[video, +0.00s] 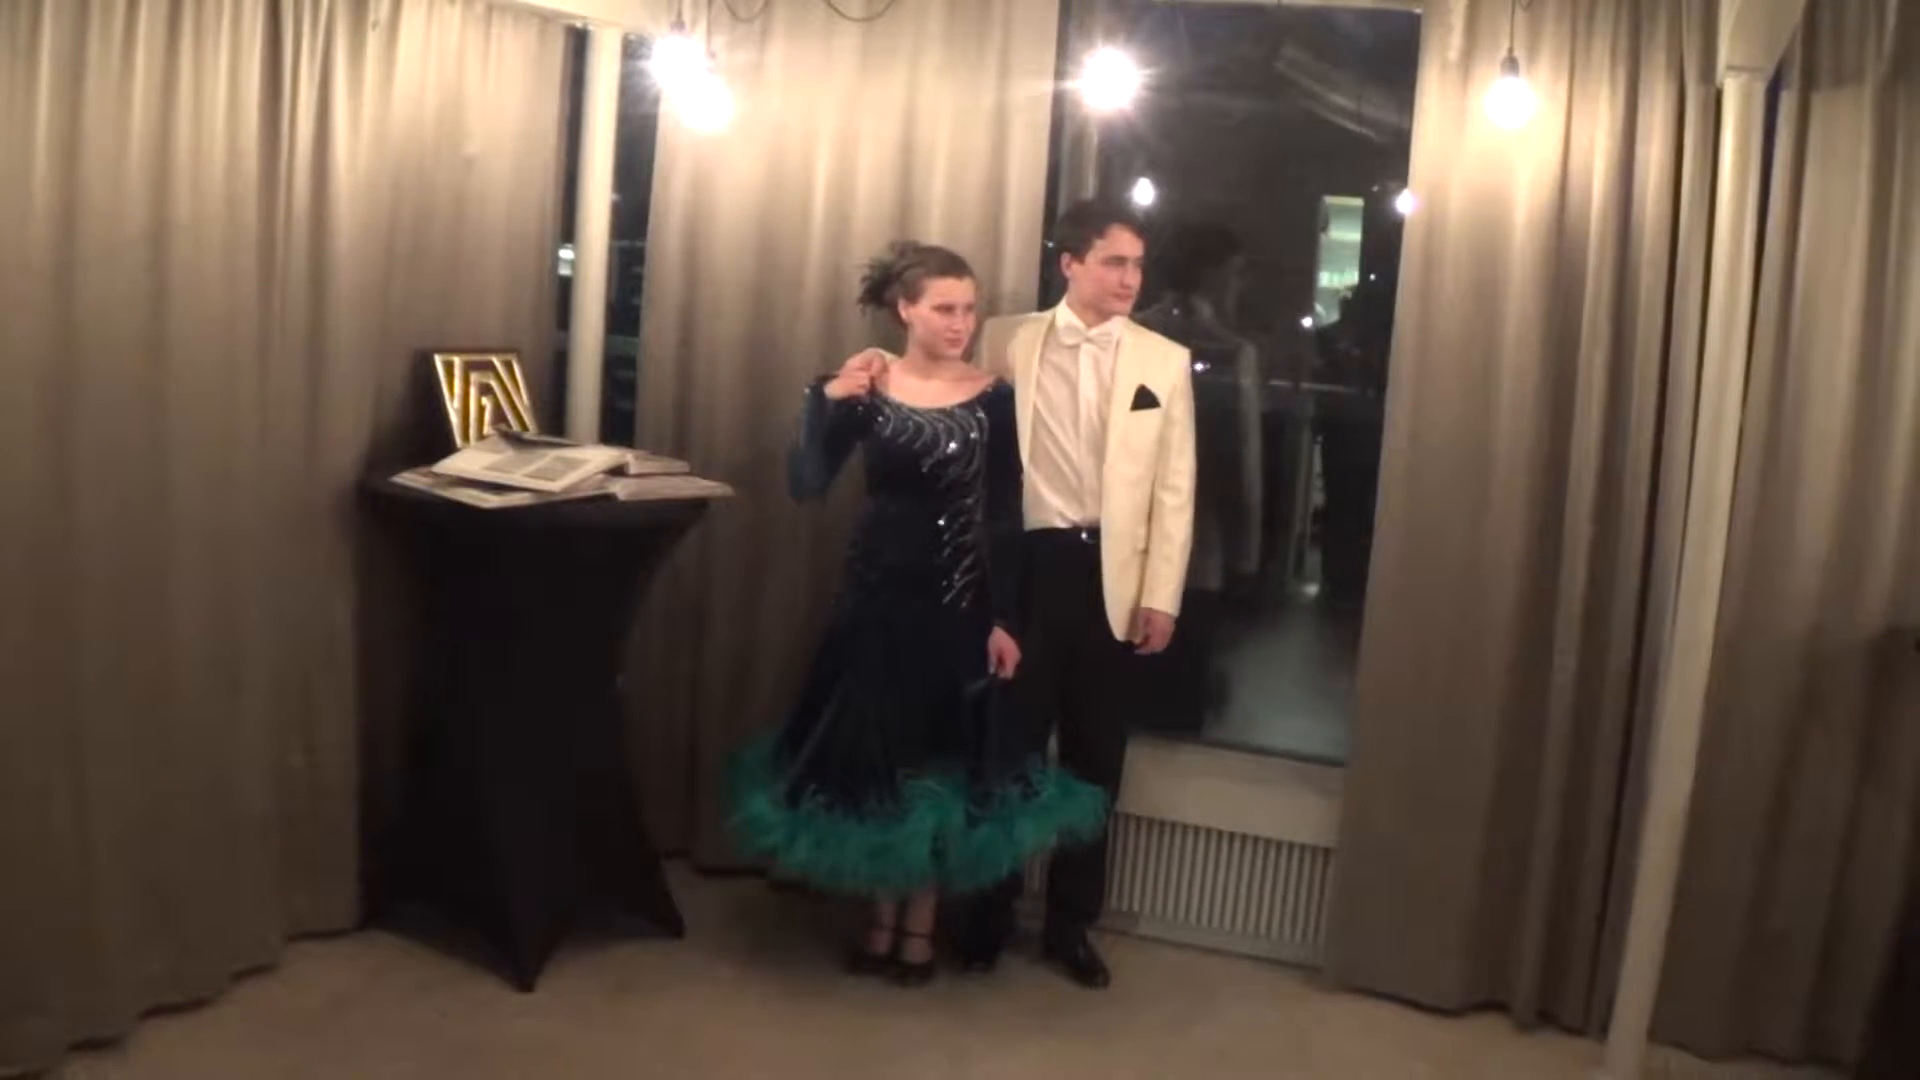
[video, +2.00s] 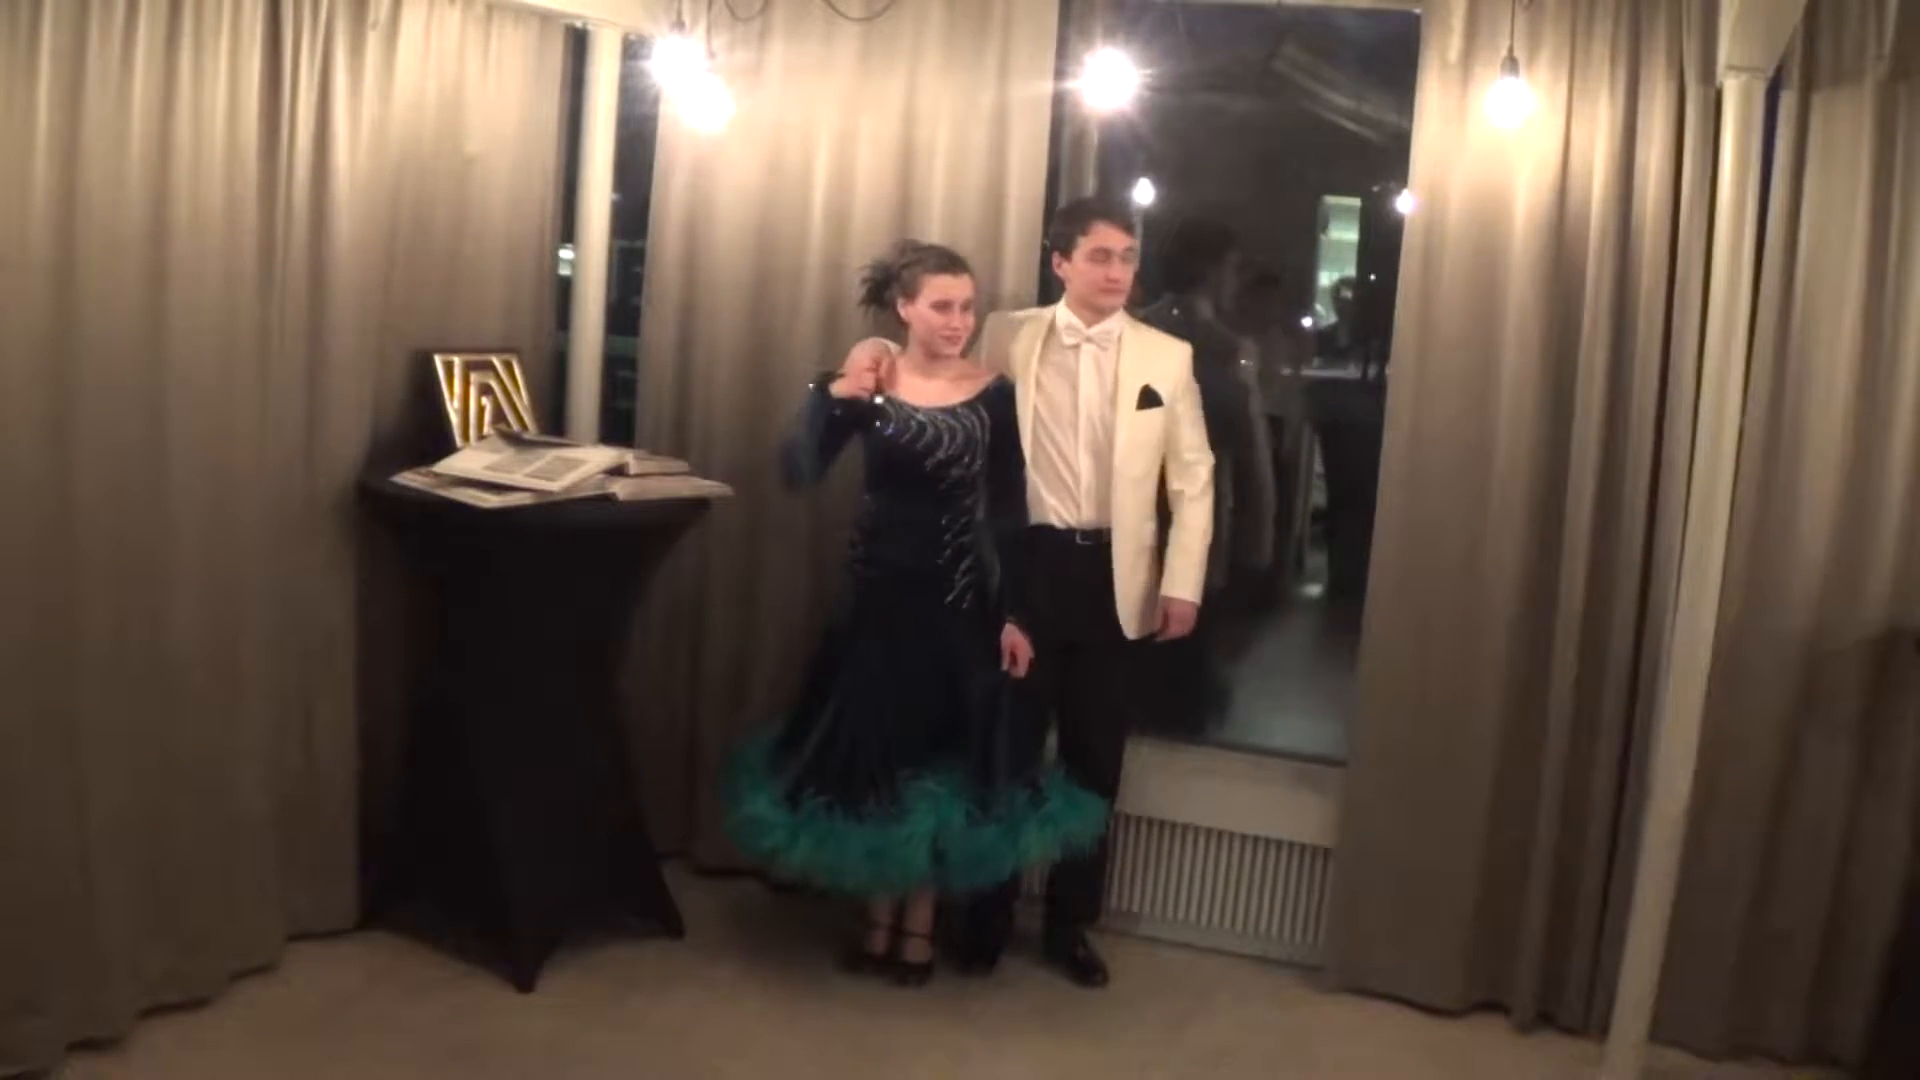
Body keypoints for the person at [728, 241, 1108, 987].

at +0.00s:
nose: (959, 323)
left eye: (968, 309)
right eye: (943, 309)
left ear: (980, 314)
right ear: (903, 311)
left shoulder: (991, 397)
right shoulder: (870, 384)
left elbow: (1004, 514)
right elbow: (808, 483)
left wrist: (1004, 617)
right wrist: (829, 397)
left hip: (958, 596)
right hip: (881, 588)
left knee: (938, 752)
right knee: (877, 747)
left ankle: (922, 908)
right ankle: (877, 906)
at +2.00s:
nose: (956, 321)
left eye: (966, 307)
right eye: (940, 307)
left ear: (979, 313)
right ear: (902, 310)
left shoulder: (991, 394)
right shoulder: (873, 383)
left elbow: (1007, 510)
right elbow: (799, 470)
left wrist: (1013, 613)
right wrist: (839, 389)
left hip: (961, 595)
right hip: (883, 588)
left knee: (940, 752)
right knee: (880, 749)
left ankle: (921, 909)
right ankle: (878, 906)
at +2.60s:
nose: (937, 354)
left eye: (941, 334)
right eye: (917, 346)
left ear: (953, 322)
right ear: (888, 351)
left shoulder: (992, 407)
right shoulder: (875, 408)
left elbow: (1011, 519)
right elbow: (809, 494)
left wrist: (972, 520)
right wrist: (825, 416)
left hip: (964, 610)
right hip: (889, 603)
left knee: (936, 759)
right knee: (869, 755)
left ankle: (915, 920)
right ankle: (872, 951)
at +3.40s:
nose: (933, 323)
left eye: (940, 309)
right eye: (915, 309)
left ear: (948, 317)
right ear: (869, 317)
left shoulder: (968, 407)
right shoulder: (837, 393)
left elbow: (991, 525)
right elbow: (747, 479)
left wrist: (1055, 607)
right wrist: (788, 400)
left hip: (933, 617)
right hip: (850, 611)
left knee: (917, 793)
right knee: (848, 785)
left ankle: (883, 985)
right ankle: (878, 954)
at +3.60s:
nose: (942, 324)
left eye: (948, 310)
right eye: (924, 308)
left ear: (953, 320)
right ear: (872, 316)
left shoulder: (962, 412)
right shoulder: (827, 400)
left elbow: (1005, 532)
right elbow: (726, 471)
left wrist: (1105, 551)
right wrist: (782, 389)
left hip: (924, 626)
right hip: (842, 620)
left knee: (905, 799)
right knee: (846, 790)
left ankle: (870, 985)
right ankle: (872, 965)